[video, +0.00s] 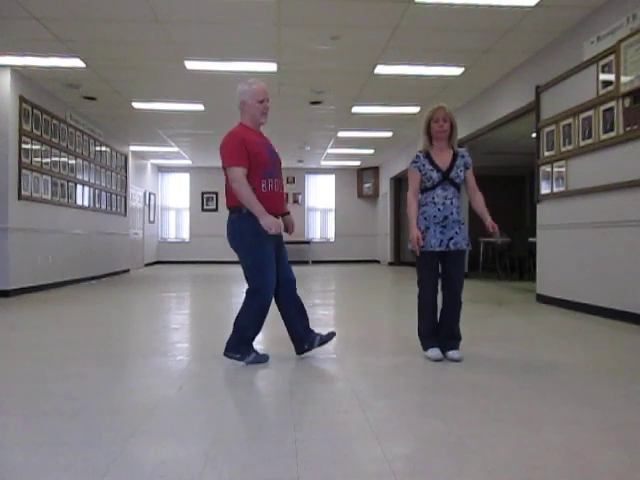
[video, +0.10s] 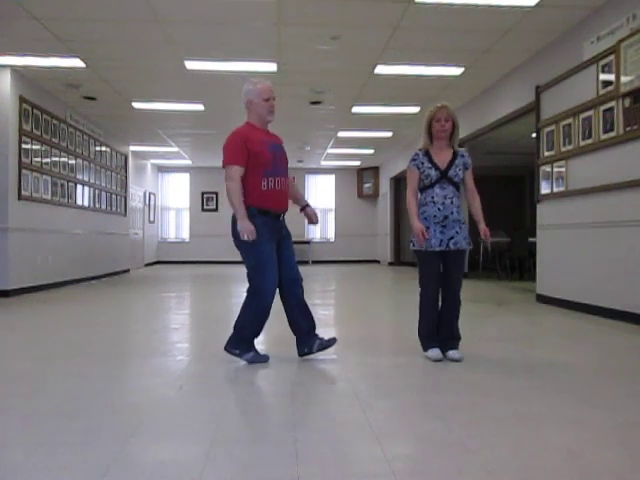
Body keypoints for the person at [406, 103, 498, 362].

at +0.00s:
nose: (441, 125)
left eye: (445, 121)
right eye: (436, 121)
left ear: (452, 126)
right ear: (428, 127)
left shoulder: (462, 158)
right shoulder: (420, 159)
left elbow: (474, 192)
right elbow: (413, 195)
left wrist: (487, 218)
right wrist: (413, 226)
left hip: (456, 231)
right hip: (427, 231)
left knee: (454, 291)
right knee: (428, 290)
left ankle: (450, 343)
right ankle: (430, 343)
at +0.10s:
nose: (442, 125)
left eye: (446, 121)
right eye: (437, 121)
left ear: (453, 125)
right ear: (430, 125)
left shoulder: (462, 157)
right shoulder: (419, 157)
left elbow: (472, 193)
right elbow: (411, 193)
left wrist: (481, 222)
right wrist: (415, 221)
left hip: (456, 230)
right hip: (427, 230)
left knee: (453, 290)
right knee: (430, 289)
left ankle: (451, 343)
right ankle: (430, 343)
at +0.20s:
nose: (444, 126)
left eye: (448, 123)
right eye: (439, 122)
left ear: (454, 127)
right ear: (431, 125)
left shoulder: (462, 158)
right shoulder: (418, 159)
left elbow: (469, 194)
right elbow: (409, 195)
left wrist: (474, 225)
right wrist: (417, 221)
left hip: (457, 230)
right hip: (429, 231)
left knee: (453, 291)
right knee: (432, 291)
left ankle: (450, 343)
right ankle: (430, 343)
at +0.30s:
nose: (444, 130)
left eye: (449, 126)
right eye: (440, 125)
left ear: (454, 131)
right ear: (431, 128)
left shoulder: (461, 160)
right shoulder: (418, 161)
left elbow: (468, 196)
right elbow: (408, 196)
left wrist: (474, 228)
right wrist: (416, 223)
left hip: (458, 232)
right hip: (430, 232)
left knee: (453, 291)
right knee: (434, 291)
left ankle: (450, 342)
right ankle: (431, 344)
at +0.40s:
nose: (444, 129)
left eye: (448, 126)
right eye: (439, 125)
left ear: (453, 130)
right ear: (430, 128)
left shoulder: (460, 160)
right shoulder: (416, 160)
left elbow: (469, 193)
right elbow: (409, 196)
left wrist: (478, 226)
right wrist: (414, 224)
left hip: (458, 231)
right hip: (429, 231)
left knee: (453, 290)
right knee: (434, 289)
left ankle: (451, 343)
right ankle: (431, 344)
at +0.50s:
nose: (442, 128)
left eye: (447, 124)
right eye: (437, 123)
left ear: (452, 129)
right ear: (429, 126)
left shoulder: (460, 157)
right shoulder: (416, 159)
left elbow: (470, 190)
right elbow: (408, 195)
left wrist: (479, 222)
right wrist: (411, 225)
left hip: (458, 229)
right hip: (429, 230)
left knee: (453, 289)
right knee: (433, 288)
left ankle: (451, 342)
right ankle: (431, 344)